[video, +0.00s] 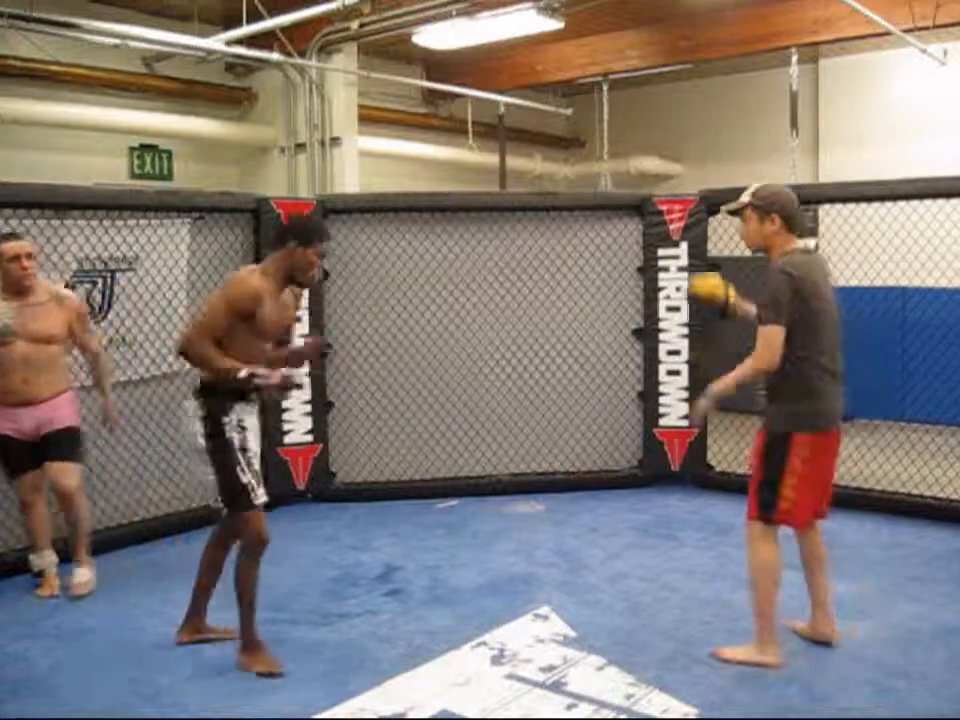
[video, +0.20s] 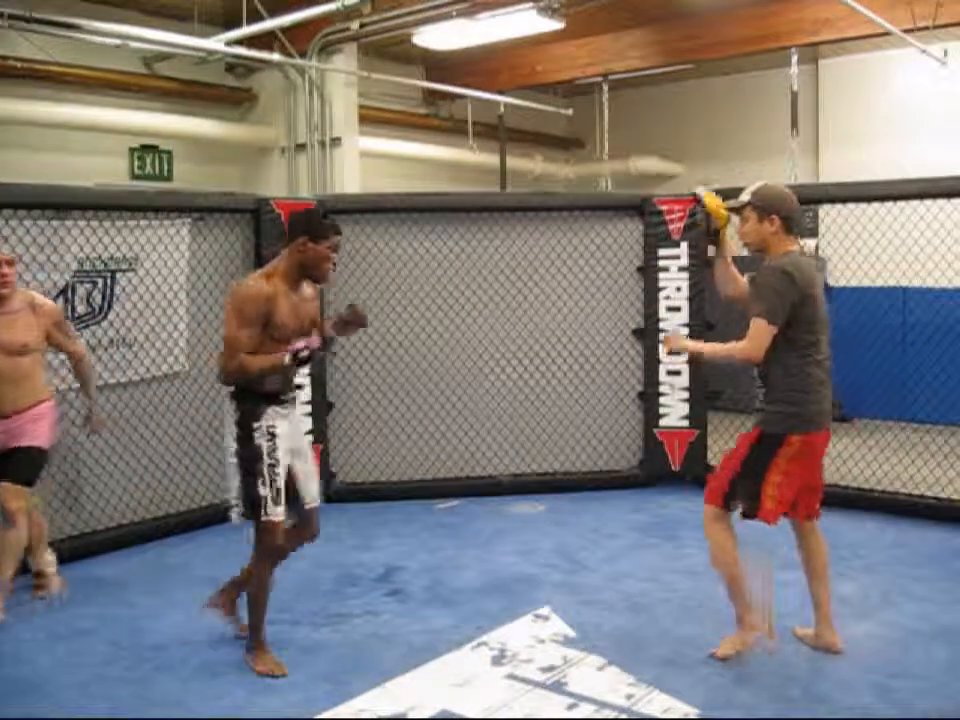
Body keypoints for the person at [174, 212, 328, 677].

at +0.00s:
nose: (320, 267)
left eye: (321, 258)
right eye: (317, 257)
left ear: (299, 253)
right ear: (294, 251)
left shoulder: (288, 294)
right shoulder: (246, 286)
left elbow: (258, 351)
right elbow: (191, 344)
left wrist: (297, 354)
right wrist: (246, 373)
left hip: (250, 407)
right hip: (226, 408)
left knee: (234, 524)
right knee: (255, 536)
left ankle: (194, 621)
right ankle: (250, 646)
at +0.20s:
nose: (335, 260)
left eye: (337, 251)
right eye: (330, 251)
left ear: (310, 248)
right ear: (302, 246)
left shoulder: (311, 287)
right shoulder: (252, 292)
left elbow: (301, 341)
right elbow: (230, 367)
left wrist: (335, 328)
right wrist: (291, 356)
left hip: (297, 418)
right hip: (262, 422)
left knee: (304, 528)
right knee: (270, 538)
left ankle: (232, 590)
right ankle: (257, 645)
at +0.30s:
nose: (348, 259)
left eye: (351, 251)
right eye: (344, 249)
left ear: (333, 244)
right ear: (317, 240)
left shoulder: (326, 278)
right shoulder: (271, 280)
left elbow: (321, 336)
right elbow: (261, 352)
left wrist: (356, 323)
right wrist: (308, 334)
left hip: (315, 408)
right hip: (277, 412)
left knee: (349, 516)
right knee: (277, 536)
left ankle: (303, 592)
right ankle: (260, 642)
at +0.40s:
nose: (369, 269)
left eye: (371, 260)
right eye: (363, 260)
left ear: (349, 257)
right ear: (335, 255)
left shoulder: (345, 295)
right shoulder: (290, 294)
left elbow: (367, 356)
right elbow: (299, 366)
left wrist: (371, 323)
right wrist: (344, 331)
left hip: (332, 410)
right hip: (293, 417)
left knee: (383, 508)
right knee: (292, 545)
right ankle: (277, 650)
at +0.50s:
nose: (392, 279)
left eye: (392, 270)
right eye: (385, 271)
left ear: (367, 269)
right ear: (355, 268)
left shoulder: (369, 311)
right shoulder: (312, 307)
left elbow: (399, 368)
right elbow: (323, 384)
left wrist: (395, 337)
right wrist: (364, 342)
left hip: (359, 427)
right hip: (317, 432)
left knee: (417, 520)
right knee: (300, 555)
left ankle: (455, 604)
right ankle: (278, 649)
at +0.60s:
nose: (422, 270)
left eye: (423, 262)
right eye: (416, 263)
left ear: (406, 262)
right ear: (387, 261)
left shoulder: (405, 291)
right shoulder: (342, 298)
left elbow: (445, 325)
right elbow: (326, 375)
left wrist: (457, 310)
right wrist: (375, 343)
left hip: (394, 414)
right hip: (350, 421)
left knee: (445, 507)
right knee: (317, 538)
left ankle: (459, 604)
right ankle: (282, 644)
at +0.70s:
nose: (452, 267)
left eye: (454, 259)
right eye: (446, 259)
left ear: (443, 254)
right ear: (419, 253)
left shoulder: (436, 275)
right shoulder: (370, 284)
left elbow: (504, 275)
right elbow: (340, 352)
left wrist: (539, 244)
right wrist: (385, 338)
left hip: (415, 401)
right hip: (368, 406)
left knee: (452, 504)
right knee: (333, 521)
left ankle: (461, 601)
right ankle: (301, 634)